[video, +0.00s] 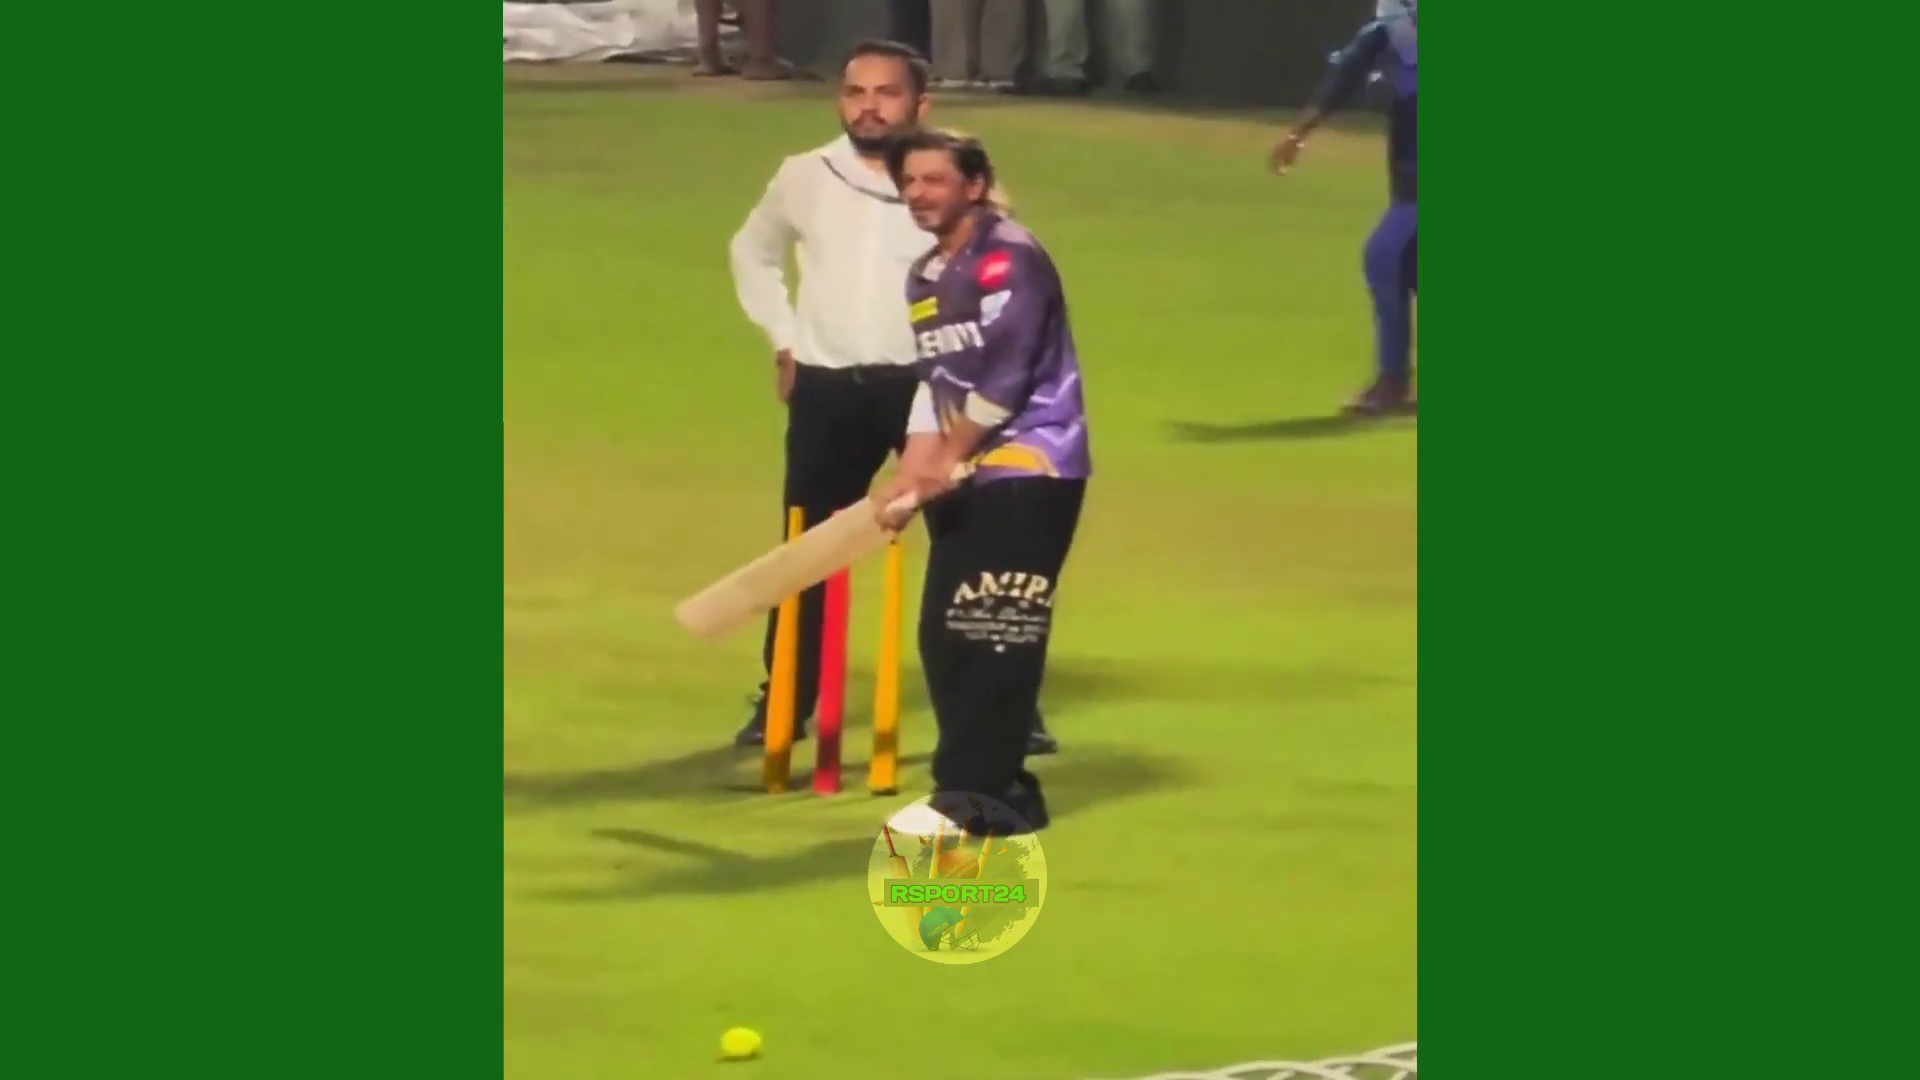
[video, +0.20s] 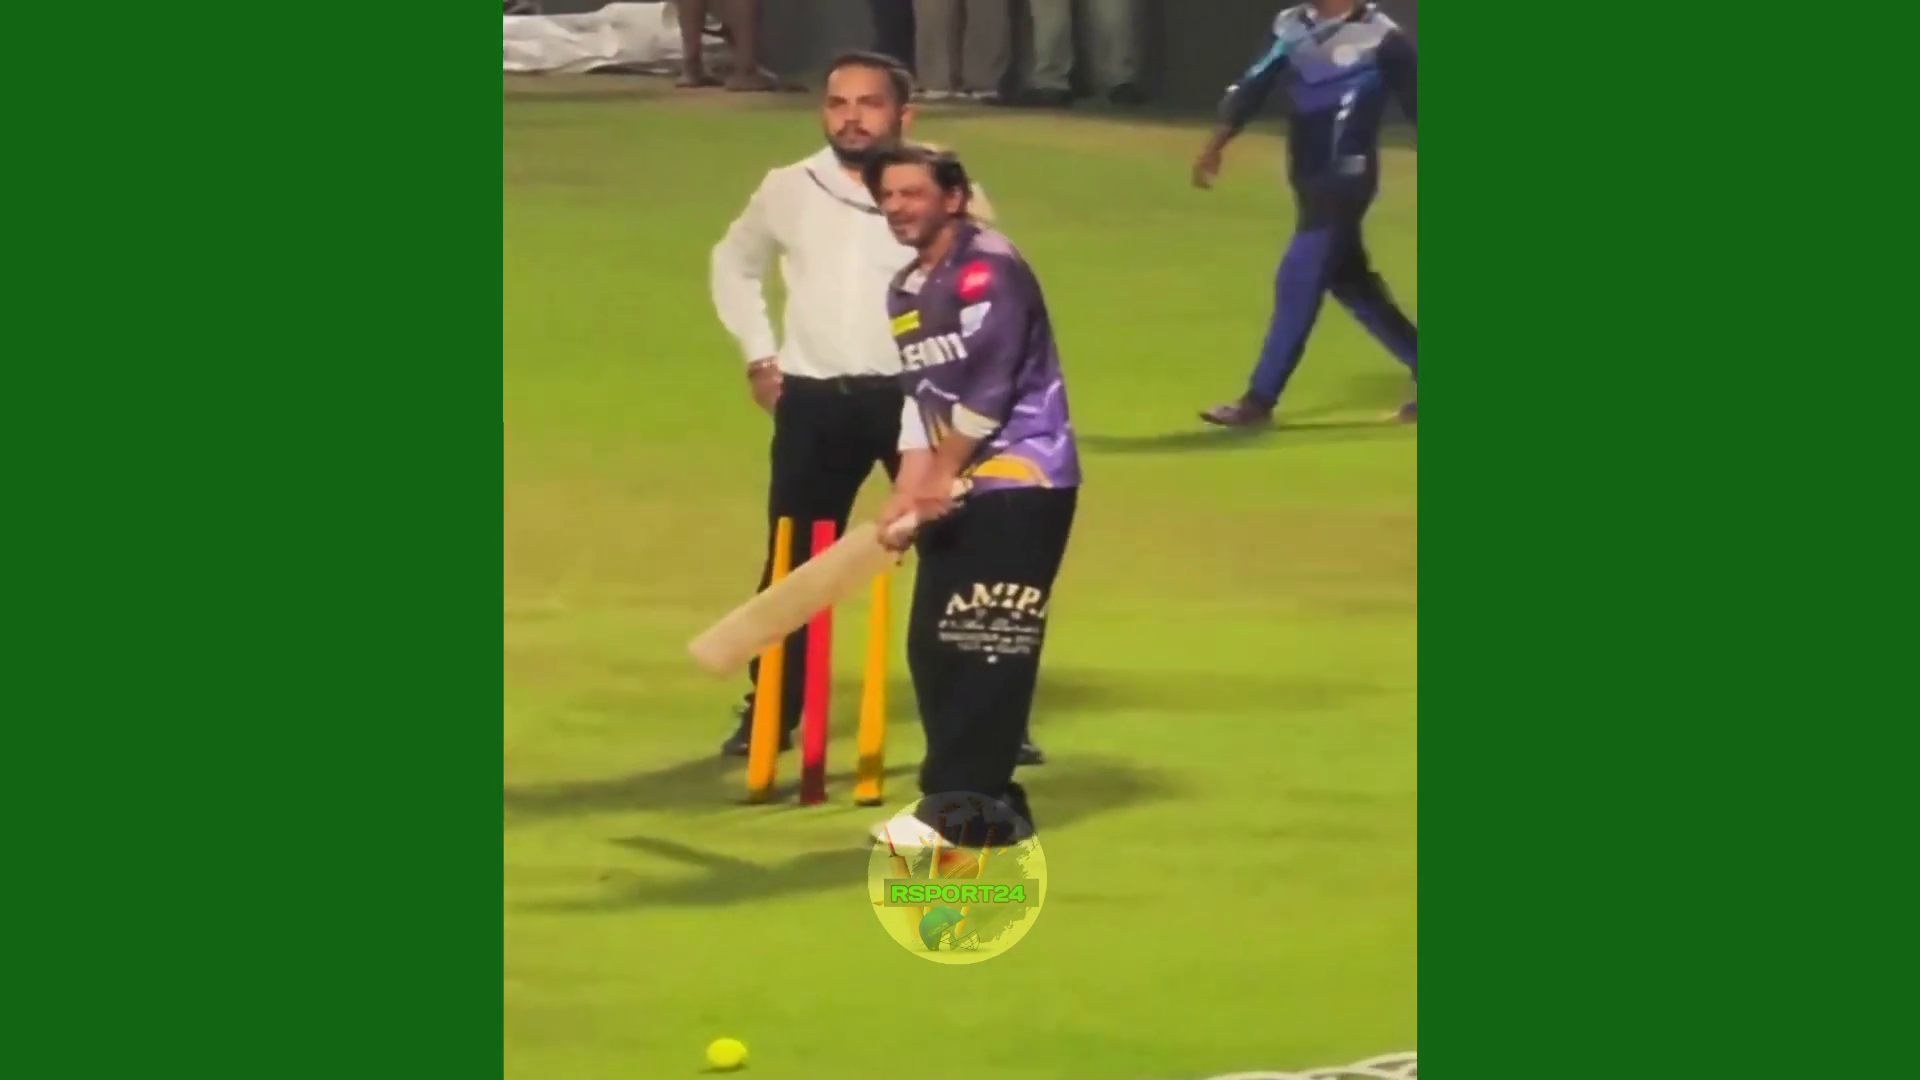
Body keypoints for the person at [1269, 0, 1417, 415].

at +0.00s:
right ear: (1404, 12)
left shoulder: (1396, 27)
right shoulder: (1395, 27)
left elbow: (1344, 76)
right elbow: (1345, 75)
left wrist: (1298, 133)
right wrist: (1299, 133)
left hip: (1418, 196)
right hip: (1410, 194)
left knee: (1384, 255)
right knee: (1389, 261)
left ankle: (1393, 380)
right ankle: (1394, 379)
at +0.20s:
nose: (1322, 2)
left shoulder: (1385, 39)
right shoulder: (1293, 31)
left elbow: (1420, 107)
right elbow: (1254, 84)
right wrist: (1215, 143)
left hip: (1348, 185)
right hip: (1310, 185)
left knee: (1299, 277)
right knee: (1356, 288)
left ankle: (1259, 401)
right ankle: (1429, 372)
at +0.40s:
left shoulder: (1303, 39)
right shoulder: (1209, 32)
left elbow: (1323, 120)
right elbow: (1196, 109)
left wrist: (1314, 191)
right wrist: (1168, 176)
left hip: (1269, 190)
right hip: (1220, 187)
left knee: (1252, 295)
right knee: (1197, 283)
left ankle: (1240, 410)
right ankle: (1308, 361)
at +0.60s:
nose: (1141, 2)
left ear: (1178, 0)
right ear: (1156, 6)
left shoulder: (1219, 50)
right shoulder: (1132, 47)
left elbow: (1222, 131)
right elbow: (1134, 108)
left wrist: (1143, 144)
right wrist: (1114, 135)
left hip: (1194, 204)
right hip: (1137, 200)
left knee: (1214, 313)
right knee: (1088, 297)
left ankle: (1231, 419)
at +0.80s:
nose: (1043, 1)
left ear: (1080, 4)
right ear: (1042, 8)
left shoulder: (1109, 59)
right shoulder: (1030, 58)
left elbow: (1098, 134)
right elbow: (1013, 137)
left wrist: (1039, 118)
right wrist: (996, 209)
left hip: (1078, 225)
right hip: (1025, 220)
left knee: (1099, 322)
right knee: (1007, 329)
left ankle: (1191, 402)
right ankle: (1001, 432)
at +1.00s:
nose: (959, 9)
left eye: (970, 2)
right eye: (955, 2)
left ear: (996, 9)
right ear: (947, 9)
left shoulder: (1026, 70)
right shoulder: (935, 66)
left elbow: (1046, 144)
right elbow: (912, 129)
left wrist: (970, 140)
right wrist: (879, 167)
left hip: (995, 204)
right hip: (944, 201)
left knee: (967, 294)